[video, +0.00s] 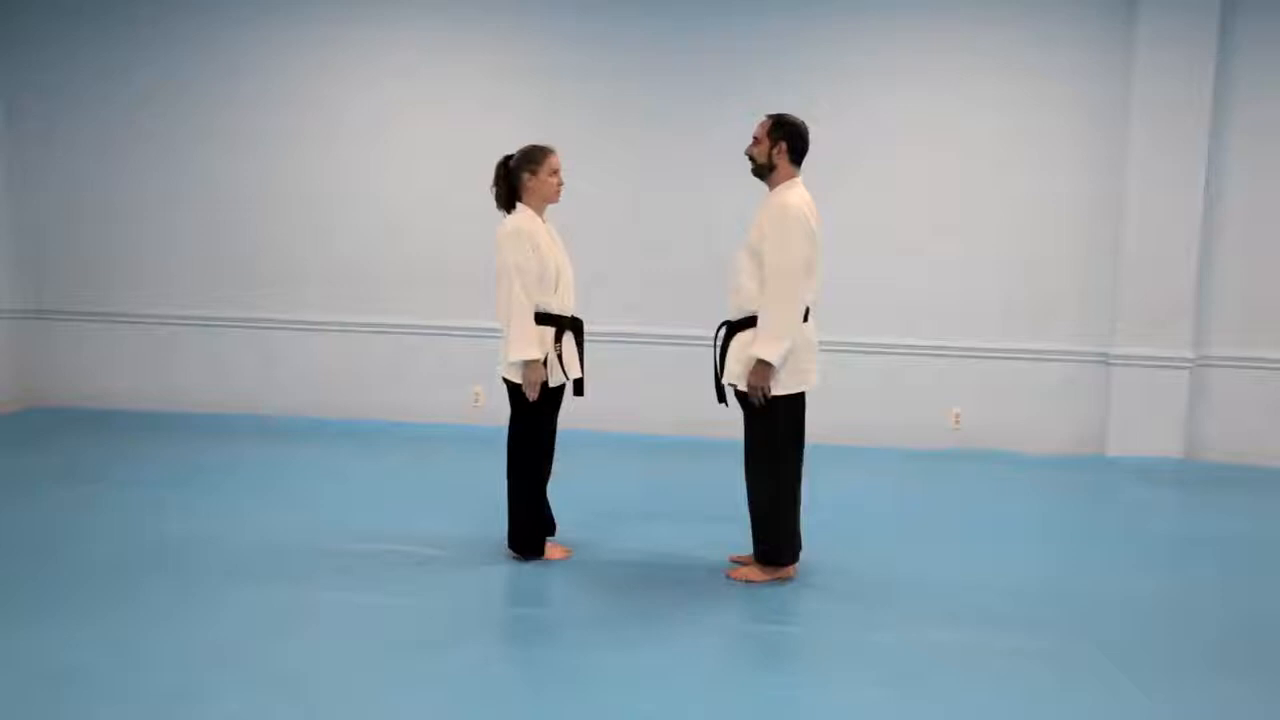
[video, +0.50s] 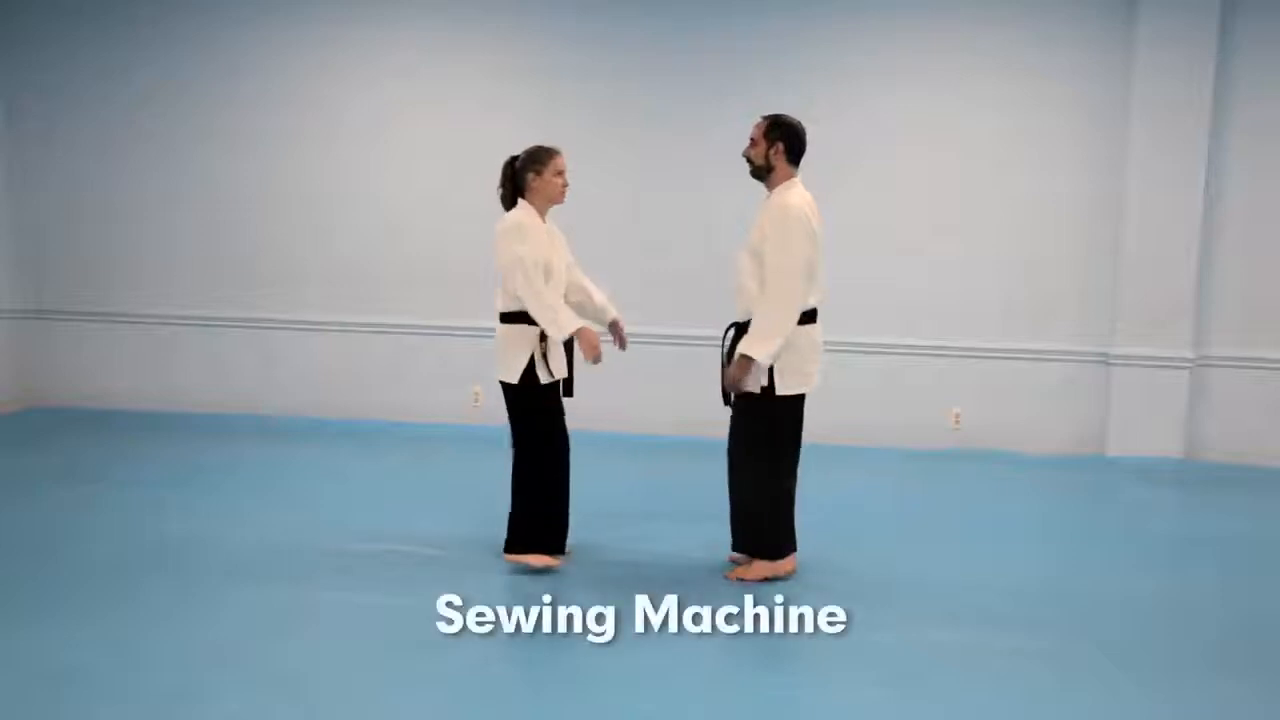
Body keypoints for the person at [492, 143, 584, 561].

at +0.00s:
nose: (561, 181)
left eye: (560, 173)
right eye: (553, 174)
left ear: (540, 180)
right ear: (529, 179)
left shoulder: (542, 227)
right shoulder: (517, 229)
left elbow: (549, 295)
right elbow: (518, 298)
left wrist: (559, 354)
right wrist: (530, 359)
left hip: (552, 351)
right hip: (534, 354)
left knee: (539, 451)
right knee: (529, 453)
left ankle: (534, 533)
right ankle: (526, 541)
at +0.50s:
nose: (566, 183)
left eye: (566, 175)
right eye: (558, 175)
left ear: (547, 181)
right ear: (532, 180)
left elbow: (573, 281)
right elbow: (530, 291)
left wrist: (607, 314)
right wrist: (577, 328)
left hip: (547, 351)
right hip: (523, 352)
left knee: (548, 447)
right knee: (540, 447)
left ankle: (544, 542)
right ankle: (524, 545)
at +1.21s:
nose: (550, 184)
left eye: (550, 176)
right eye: (543, 176)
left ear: (522, 183)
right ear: (516, 181)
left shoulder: (526, 227)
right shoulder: (508, 229)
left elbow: (560, 278)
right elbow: (542, 288)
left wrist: (596, 314)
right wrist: (592, 323)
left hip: (546, 353)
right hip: (525, 355)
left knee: (543, 453)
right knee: (520, 458)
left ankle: (535, 535)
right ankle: (510, 562)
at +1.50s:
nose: (549, 184)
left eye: (548, 176)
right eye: (542, 177)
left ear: (520, 183)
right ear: (515, 181)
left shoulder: (525, 228)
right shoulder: (506, 230)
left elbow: (560, 278)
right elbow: (541, 289)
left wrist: (596, 314)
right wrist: (591, 323)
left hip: (544, 353)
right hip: (525, 355)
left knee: (541, 453)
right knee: (521, 457)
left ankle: (534, 536)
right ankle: (511, 562)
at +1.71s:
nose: (549, 184)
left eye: (549, 176)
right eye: (542, 177)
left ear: (520, 183)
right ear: (515, 182)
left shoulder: (524, 227)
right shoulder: (507, 230)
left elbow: (560, 279)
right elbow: (542, 289)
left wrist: (595, 315)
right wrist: (591, 323)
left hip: (543, 353)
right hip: (525, 355)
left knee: (541, 453)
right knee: (521, 457)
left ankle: (533, 537)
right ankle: (511, 562)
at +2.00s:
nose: (553, 185)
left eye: (553, 177)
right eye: (546, 177)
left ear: (525, 183)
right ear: (519, 182)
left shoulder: (528, 228)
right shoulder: (511, 230)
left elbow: (562, 279)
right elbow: (544, 289)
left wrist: (598, 316)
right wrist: (594, 324)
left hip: (545, 352)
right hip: (526, 354)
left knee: (542, 452)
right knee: (521, 457)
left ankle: (534, 537)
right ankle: (510, 562)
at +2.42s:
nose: (561, 185)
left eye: (561, 176)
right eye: (555, 177)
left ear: (534, 182)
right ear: (528, 181)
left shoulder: (533, 226)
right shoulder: (519, 228)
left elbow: (566, 280)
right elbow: (548, 290)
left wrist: (601, 316)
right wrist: (597, 323)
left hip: (544, 352)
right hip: (527, 354)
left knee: (542, 452)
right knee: (528, 456)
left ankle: (534, 537)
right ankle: (513, 560)